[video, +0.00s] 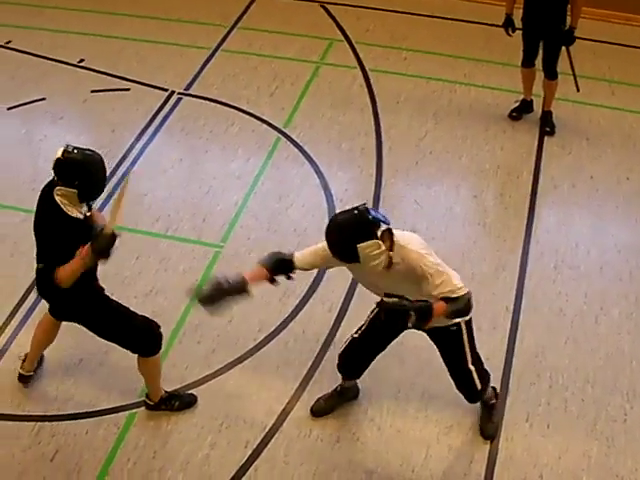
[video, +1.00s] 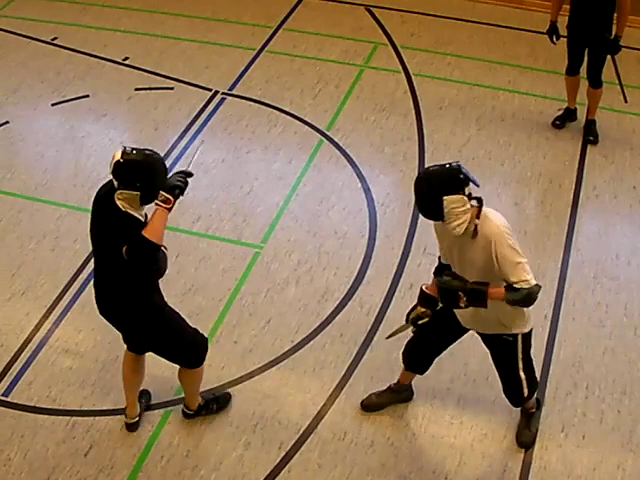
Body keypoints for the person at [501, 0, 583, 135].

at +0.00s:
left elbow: (576, 2)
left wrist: (572, 28)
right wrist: (509, 14)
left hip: (556, 23)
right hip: (531, 20)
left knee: (550, 69)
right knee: (527, 62)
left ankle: (547, 113)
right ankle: (526, 101)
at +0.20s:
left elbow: (592, 4)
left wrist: (588, 31)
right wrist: (523, 17)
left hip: (571, 26)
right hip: (546, 22)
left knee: (565, 73)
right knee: (542, 65)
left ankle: (561, 116)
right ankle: (541, 104)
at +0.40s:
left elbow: (609, 6)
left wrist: (604, 34)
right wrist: (540, 20)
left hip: (587, 30)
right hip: (562, 26)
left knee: (581, 75)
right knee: (558, 68)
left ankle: (577, 119)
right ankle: (557, 107)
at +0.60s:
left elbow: (624, 6)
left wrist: (618, 37)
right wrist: (554, 21)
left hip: (601, 30)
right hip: (577, 26)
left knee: (594, 76)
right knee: (572, 69)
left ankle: (591, 121)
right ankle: (570, 109)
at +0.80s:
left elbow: (624, 7)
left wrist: (617, 37)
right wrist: (553, 22)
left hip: (601, 31)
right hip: (576, 27)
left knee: (594, 77)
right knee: (572, 70)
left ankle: (591, 121)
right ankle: (570, 109)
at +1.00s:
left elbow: (624, 6)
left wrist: (617, 37)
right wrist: (553, 22)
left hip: (601, 30)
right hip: (576, 27)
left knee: (594, 77)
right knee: (572, 69)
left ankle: (591, 121)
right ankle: (570, 109)